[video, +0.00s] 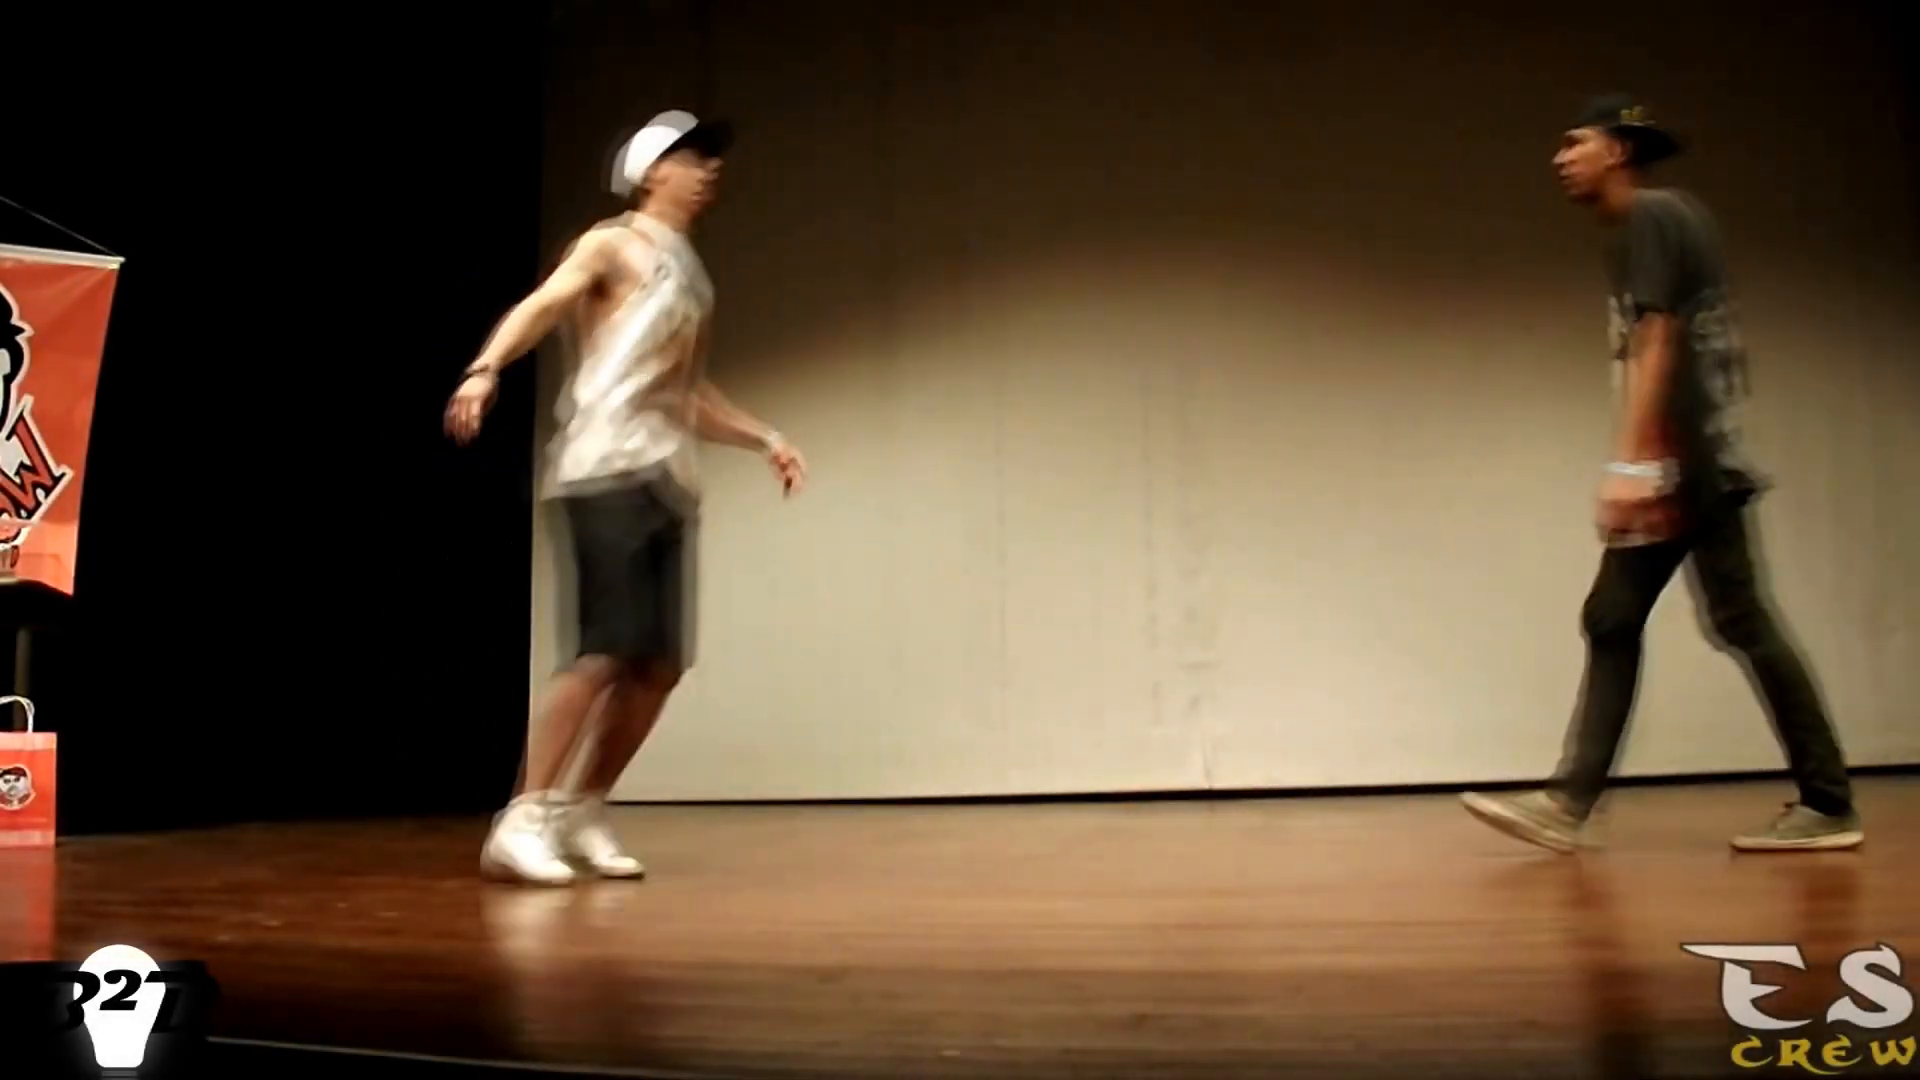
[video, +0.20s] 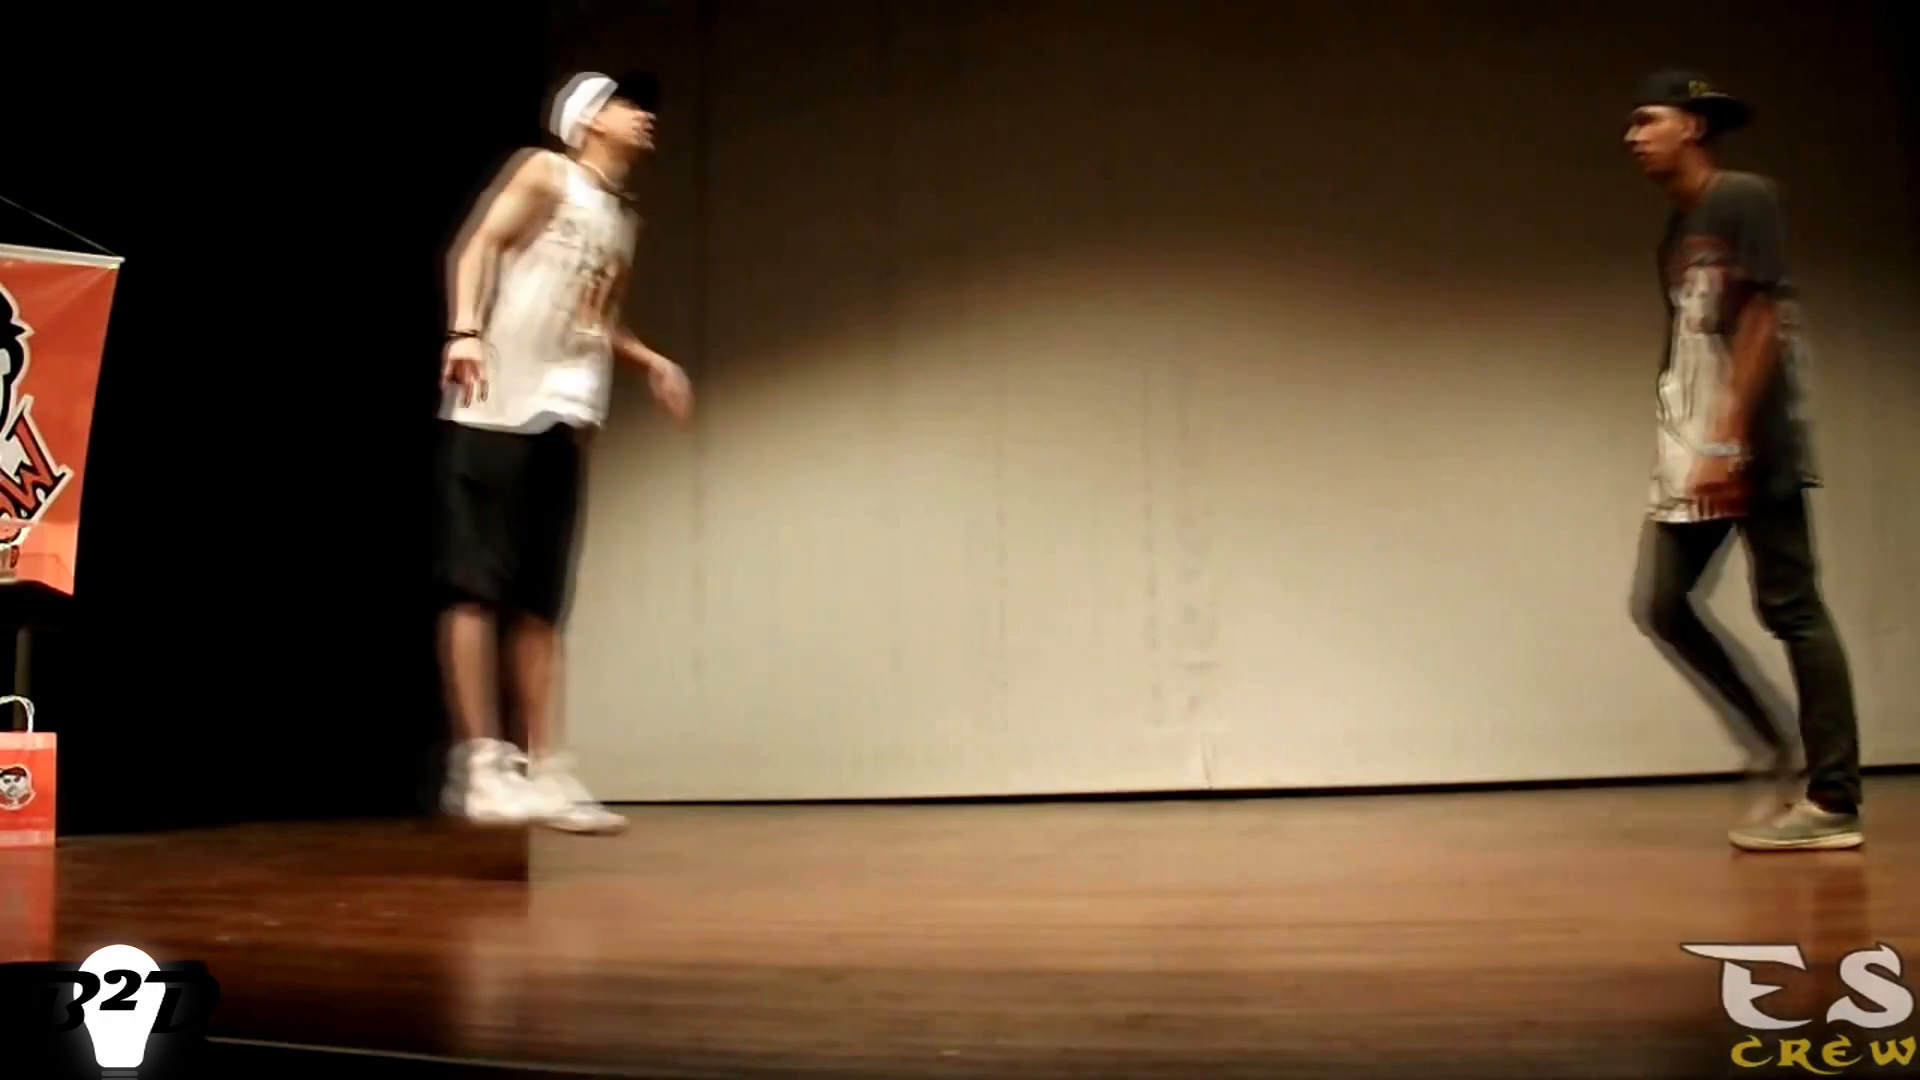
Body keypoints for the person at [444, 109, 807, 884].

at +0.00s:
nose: (710, 168)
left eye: (710, 158)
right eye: (692, 156)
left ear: (699, 179)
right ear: (649, 170)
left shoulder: (688, 273)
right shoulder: (614, 243)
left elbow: (686, 395)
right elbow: (543, 306)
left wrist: (765, 439)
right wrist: (484, 371)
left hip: (663, 477)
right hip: (603, 470)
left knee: (658, 662)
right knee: (606, 651)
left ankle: (581, 814)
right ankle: (524, 819)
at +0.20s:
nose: (645, 115)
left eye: (641, 105)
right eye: (626, 104)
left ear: (618, 126)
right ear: (587, 119)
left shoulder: (620, 218)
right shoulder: (545, 171)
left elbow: (591, 321)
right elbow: (478, 245)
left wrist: (652, 361)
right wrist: (465, 333)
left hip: (561, 416)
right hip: (491, 408)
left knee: (540, 599)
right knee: (476, 590)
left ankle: (544, 771)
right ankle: (483, 767)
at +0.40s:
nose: (549, 199)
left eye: (556, 186)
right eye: (541, 182)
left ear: (550, 192)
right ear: (503, 176)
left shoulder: (530, 279)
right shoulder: (442, 233)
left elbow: (506, 390)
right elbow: (388, 313)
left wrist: (577, 391)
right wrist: (398, 374)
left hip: (491, 471)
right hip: (424, 463)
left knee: (495, 641)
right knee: (400, 630)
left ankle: (408, 770)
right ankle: (319, 796)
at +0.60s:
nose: (529, 241)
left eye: (534, 229)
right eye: (521, 222)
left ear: (519, 235)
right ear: (482, 217)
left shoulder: (490, 316)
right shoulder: (415, 276)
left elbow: (477, 417)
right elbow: (350, 346)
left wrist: (543, 399)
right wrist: (350, 389)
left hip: (445, 515)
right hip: (381, 500)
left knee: (430, 676)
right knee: (351, 655)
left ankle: (358, 807)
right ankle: (297, 819)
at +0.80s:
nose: (531, 256)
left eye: (540, 247)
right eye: (532, 240)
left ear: (529, 238)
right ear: (508, 213)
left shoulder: (489, 284)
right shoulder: (426, 235)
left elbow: (472, 361)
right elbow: (358, 306)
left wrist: (525, 365)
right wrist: (355, 355)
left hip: (449, 472)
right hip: (388, 463)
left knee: (425, 622)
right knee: (363, 615)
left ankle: (396, 767)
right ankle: (308, 760)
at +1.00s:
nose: (539, 336)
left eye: (546, 326)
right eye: (538, 319)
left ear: (528, 316)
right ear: (511, 298)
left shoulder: (497, 372)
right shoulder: (432, 331)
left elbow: (481, 455)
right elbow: (363, 397)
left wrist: (538, 457)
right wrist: (356, 443)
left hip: (458, 554)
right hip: (394, 544)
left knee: (448, 681)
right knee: (353, 678)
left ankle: (420, 801)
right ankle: (292, 806)